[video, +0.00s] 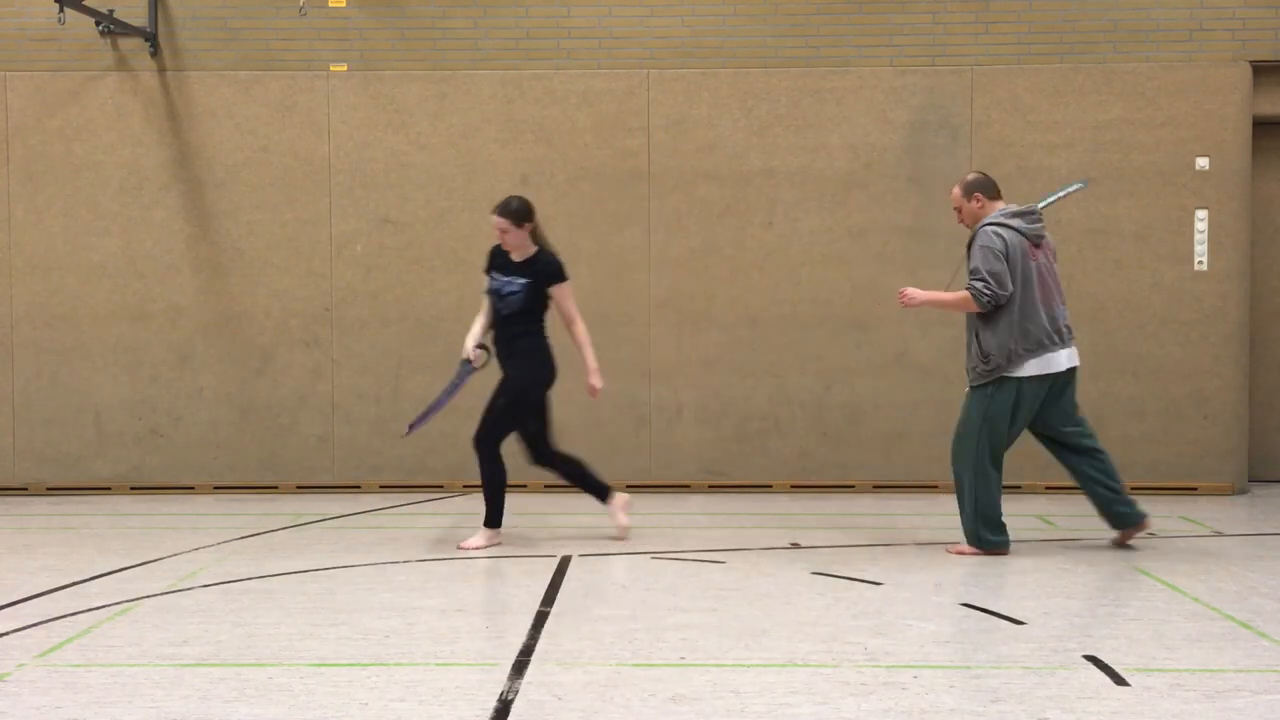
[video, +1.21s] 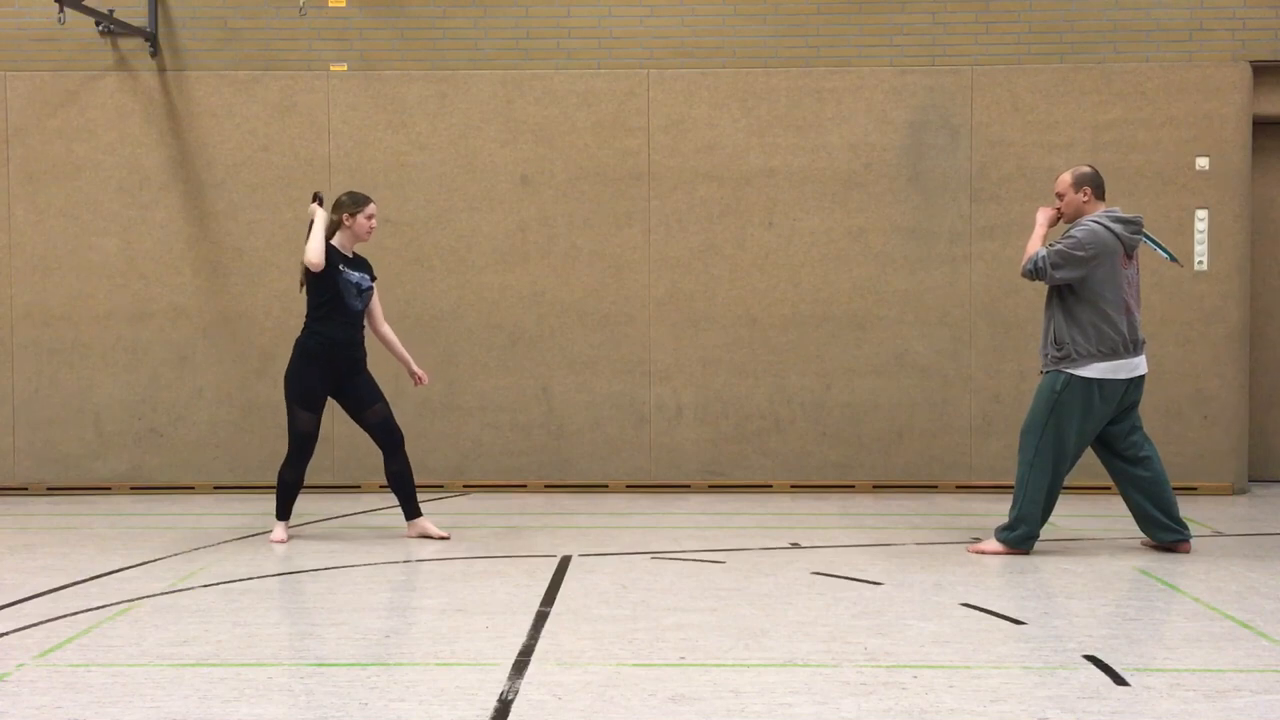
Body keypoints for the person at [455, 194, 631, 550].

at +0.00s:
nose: (499, 238)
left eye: (504, 231)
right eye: (497, 231)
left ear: (525, 228)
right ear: (502, 229)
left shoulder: (546, 265)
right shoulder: (498, 258)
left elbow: (573, 320)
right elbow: (489, 308)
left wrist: (593, 370)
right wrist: (471, 341)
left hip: (533, 367)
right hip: (514, 366)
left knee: (486, 440)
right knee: (541, 452)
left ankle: (491, 530)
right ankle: (612, 498)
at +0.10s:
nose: (470, 234)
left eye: (474, 227)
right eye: (467, 228)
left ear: (495, 223)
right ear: (472, 226)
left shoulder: (519, 259)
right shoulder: (470, 254)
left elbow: (544, 315)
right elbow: (464, 301)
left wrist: (560, 366)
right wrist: (445, 328)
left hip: (507, 364)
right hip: (481, 363)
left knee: (472, 445)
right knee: (470, 446)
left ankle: (490, 529)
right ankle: (538, 493)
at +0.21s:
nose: (443, 230)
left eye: (447, 223)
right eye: (440, 223)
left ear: (468, 217)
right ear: (443, 221)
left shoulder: (494, 252)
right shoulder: (443, 249)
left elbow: (515, 309)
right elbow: (438, 300)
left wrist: (524, 360)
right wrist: (417, 321)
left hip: (480, 359)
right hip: (450, 359)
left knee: (465, 444)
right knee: (416, 437)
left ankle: (491, 529)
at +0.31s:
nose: (419, 231)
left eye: (424, 225)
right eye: (416, 225)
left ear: (444, 218)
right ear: (415, 222)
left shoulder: (469, 252)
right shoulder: (413, 251)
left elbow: (485, 311)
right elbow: (406, 303)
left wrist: (488, 361)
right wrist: (384, 318)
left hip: (455, 360)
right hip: (416, 359)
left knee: (458, 445)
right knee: (383, 435)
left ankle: (490, 528)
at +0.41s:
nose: (398, 235)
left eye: (404, 229)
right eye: (394, 229)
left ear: (422, 225)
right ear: (392, 225)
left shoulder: (444, 262)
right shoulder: (381, 258)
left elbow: (453, 318)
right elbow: (366, 309)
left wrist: (458, 365)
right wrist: (351, 316)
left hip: (426, 365)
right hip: (383, 363)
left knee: (445, 448)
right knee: (353, 443)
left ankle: (485, 527)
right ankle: (318, 518)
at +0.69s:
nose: (395, 229)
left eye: (398, 222)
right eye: (389, 222)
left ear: (399, 225)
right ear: (368, 223)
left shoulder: (395, 267)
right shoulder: (339, 258)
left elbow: (399, 322)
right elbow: (317, 316)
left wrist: (415, 362)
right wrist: (325, 276)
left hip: (374, 365)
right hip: (333, 363)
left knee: (414, 437)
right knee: (330, 448)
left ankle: (432, 521)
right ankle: (316, 524)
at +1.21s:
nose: (374, 224)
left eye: (375, 218)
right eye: (369, 218)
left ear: (358, 219)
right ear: (348, 218)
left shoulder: (363, 267)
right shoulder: (320, 251)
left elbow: (379, 324)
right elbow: (314, 262)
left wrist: (409, 364)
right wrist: (320, 217)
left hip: (350, 369)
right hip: (311, 365)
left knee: (392, 438)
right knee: (301, 445)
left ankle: (415, 520)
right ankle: (281, 523)